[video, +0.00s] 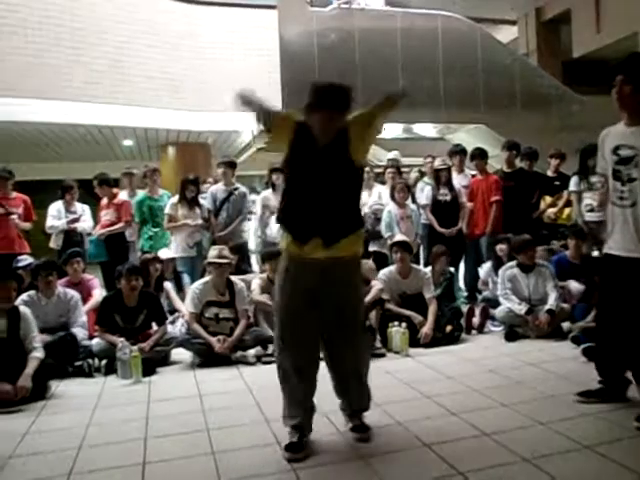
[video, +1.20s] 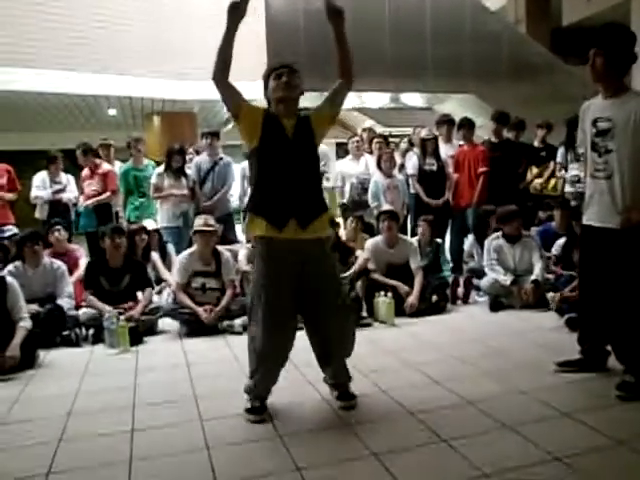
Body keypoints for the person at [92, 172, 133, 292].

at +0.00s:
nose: (96, 191)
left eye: (97, 187)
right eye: (95, 188)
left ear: (104, 187)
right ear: (104, 187)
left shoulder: (123, 202)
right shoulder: (103, 202)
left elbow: (126, 222)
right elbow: (102, 221)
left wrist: (106, 232)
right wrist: (95, 232)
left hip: (118, 237)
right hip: (104, 238)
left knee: (120, 271)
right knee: (107, 273)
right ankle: (112, 299)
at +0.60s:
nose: (83, 182)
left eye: (83, 178)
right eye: (82, 178)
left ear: (92, 177)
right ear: (91, 177)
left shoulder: (110, 191)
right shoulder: (90, 191)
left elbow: (113, 212)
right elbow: (89, 209)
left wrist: (93, 221)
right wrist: (84, 220)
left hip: (104, 227)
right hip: (91, 227)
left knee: (105, 259)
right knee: (93, 260)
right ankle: (97, 287)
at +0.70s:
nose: (79, 182)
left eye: (79, 178)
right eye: (78, 179)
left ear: (87, 177)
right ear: (87, 177)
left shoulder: (105, 191)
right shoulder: (86, 190)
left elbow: (109, 211)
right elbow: (84, 209)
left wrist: (90, 221)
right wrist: (80, 219)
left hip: (100, 228)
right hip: (87, 228)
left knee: (101, 262)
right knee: (89, 261)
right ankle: (92, 288)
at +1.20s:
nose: (79, 161)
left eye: (80, 157)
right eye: (78, 157)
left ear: (88, 156)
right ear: (87, 156)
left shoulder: (107, 170)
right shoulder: (85, 172)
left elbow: (112, 192)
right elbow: (85, 191)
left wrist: (93, 201)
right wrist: (81, 200)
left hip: (103, 208)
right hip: (88, 209)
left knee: (105, 243)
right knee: (92, 245)